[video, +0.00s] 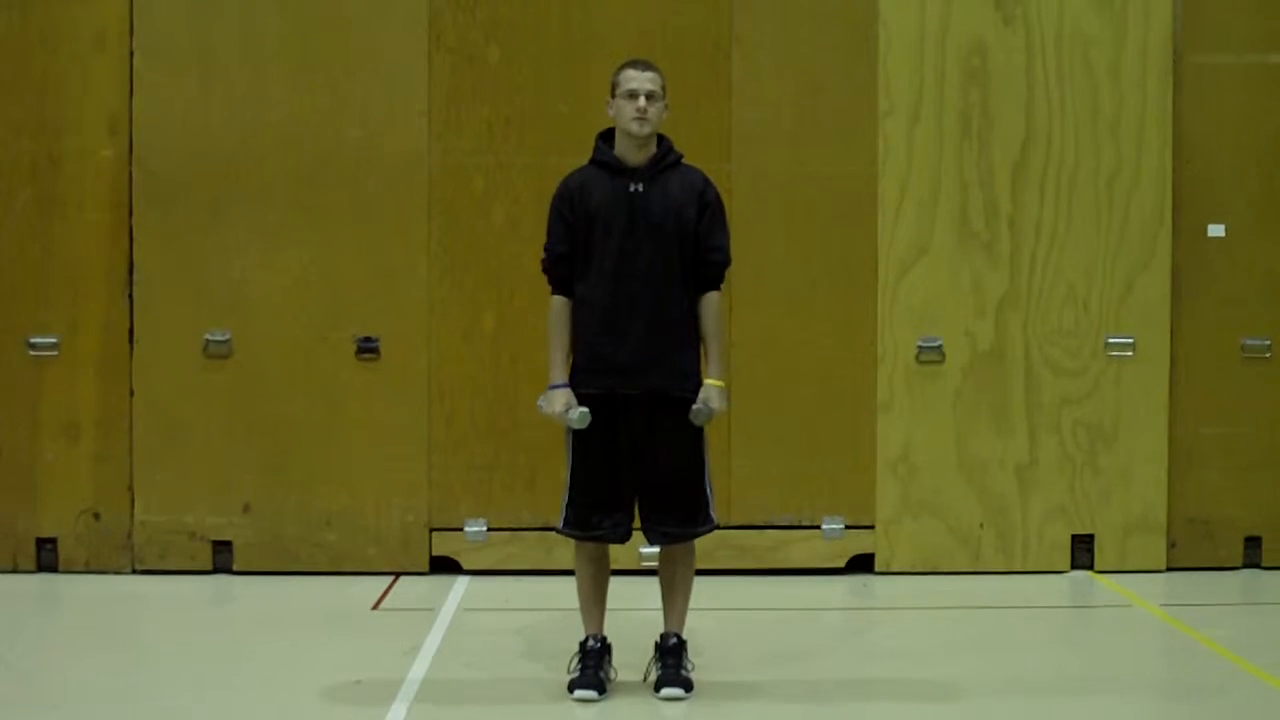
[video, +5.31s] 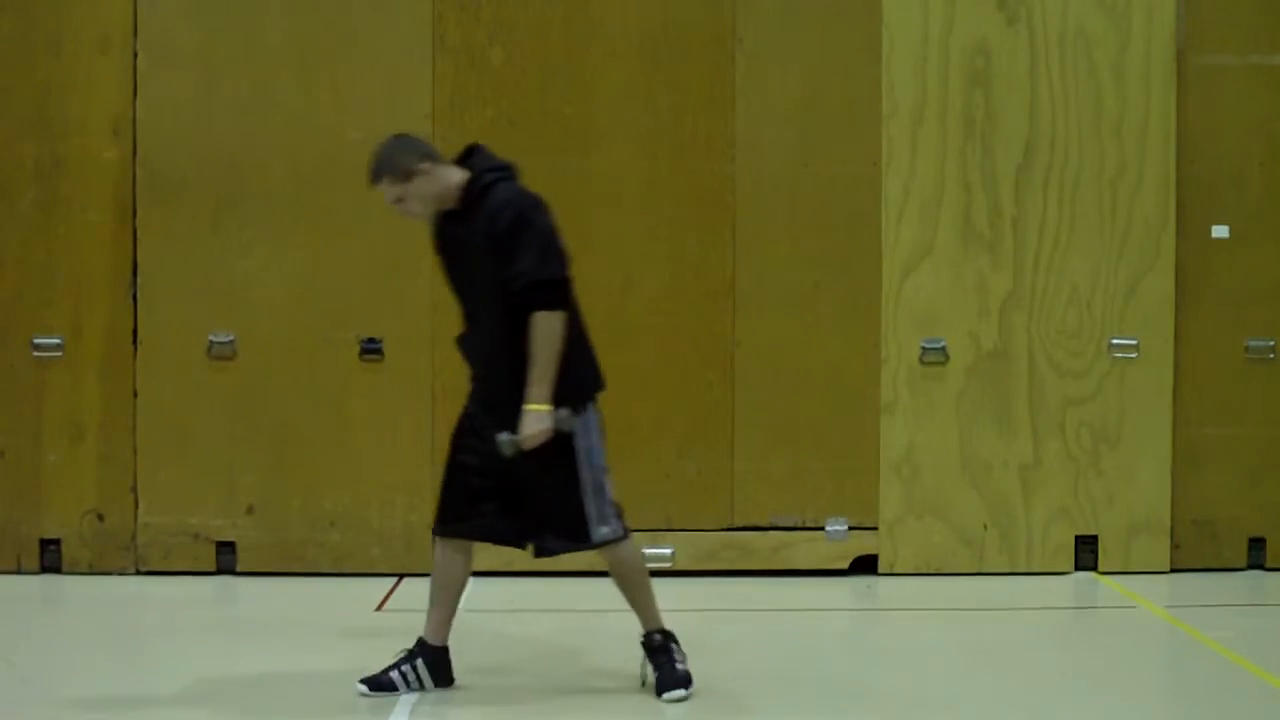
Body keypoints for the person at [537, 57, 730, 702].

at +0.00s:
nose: (642, 106)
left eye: (652, 97)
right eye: (631, 96)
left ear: (665, 110)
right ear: (610, 106)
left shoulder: (695, 189)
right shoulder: (577, 189)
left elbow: (710, 289)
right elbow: (561, 292)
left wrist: (715, 376)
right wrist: (558, 381)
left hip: (673, 385)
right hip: (596, 385)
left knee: (677, 524)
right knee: (591, 523)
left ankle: (673, 648)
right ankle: (593, 648)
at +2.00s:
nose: (644, 107)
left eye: (654, 98)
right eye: (633, 97)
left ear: (667, 110)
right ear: (611, 107)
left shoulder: (694, 188)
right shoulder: (579, 188)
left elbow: (710, 287)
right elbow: (560, 290)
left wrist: (720, 370)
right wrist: (554, 377)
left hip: (674, 383)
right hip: (598, 384)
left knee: (678, 523)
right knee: (593, 522)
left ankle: (673, 648)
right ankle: (594, 647)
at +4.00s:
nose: (663, 110)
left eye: (674, 101)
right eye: (653, 100)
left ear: (690, 109)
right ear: (635, 108)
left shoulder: (718, 192)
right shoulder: (601, 188)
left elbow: (730, 292)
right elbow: (580, 287)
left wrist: (734, 378)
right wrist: (564, 372)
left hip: (688, 386)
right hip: (612, 383)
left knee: (686, 523)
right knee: (600, 520)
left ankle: (675, 647)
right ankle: (596, 645)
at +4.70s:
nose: (591, 167)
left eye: (597, 154)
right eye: (583, 157)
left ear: (631, 133)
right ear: (584, 149)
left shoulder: (696, 194)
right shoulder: (588, 200)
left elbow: (720, 295)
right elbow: (591, 295)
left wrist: (720, 387)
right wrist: (583, 377)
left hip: (677, 388)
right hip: (605, 387)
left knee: (683, 524)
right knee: (586, 515)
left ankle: (676, 648)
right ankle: (595, 644)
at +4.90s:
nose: (551, 181)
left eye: (554, 167)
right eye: (543, 171)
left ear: (583, 142)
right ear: (550, 159)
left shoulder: (658, 196)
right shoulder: (569, 210)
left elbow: (686, 295)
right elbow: (590, 296)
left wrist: (679, 391)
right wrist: (589, 371)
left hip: (651, 389)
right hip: (585, 386)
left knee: (666, 527)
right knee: (542, 514)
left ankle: (674, 650)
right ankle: (507, 645)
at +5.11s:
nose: (493, 199)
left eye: (493, 185)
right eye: (486, 190)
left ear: (522, 160)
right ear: (512, 169)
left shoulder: (601, 205)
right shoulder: (528, 215)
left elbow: (627, 307)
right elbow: (550, 303)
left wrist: (610, 403)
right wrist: (547, 377)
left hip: (611, 396)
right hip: (546, 392)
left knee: (639, 533)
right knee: (498, 524)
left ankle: (670, 651)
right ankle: (446, 648)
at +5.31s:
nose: (402, 212)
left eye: (400, 199)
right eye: (394, 203)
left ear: (426, 174)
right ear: (415, 181)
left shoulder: (514, 207)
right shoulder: (449, 219)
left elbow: (550, 306)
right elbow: (482, 307)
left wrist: (538, 402)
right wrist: (488, 380)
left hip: (558, 393)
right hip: (494, 393)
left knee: (603, 527)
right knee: (455, 523)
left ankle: (659, 643)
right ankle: (432, 653)